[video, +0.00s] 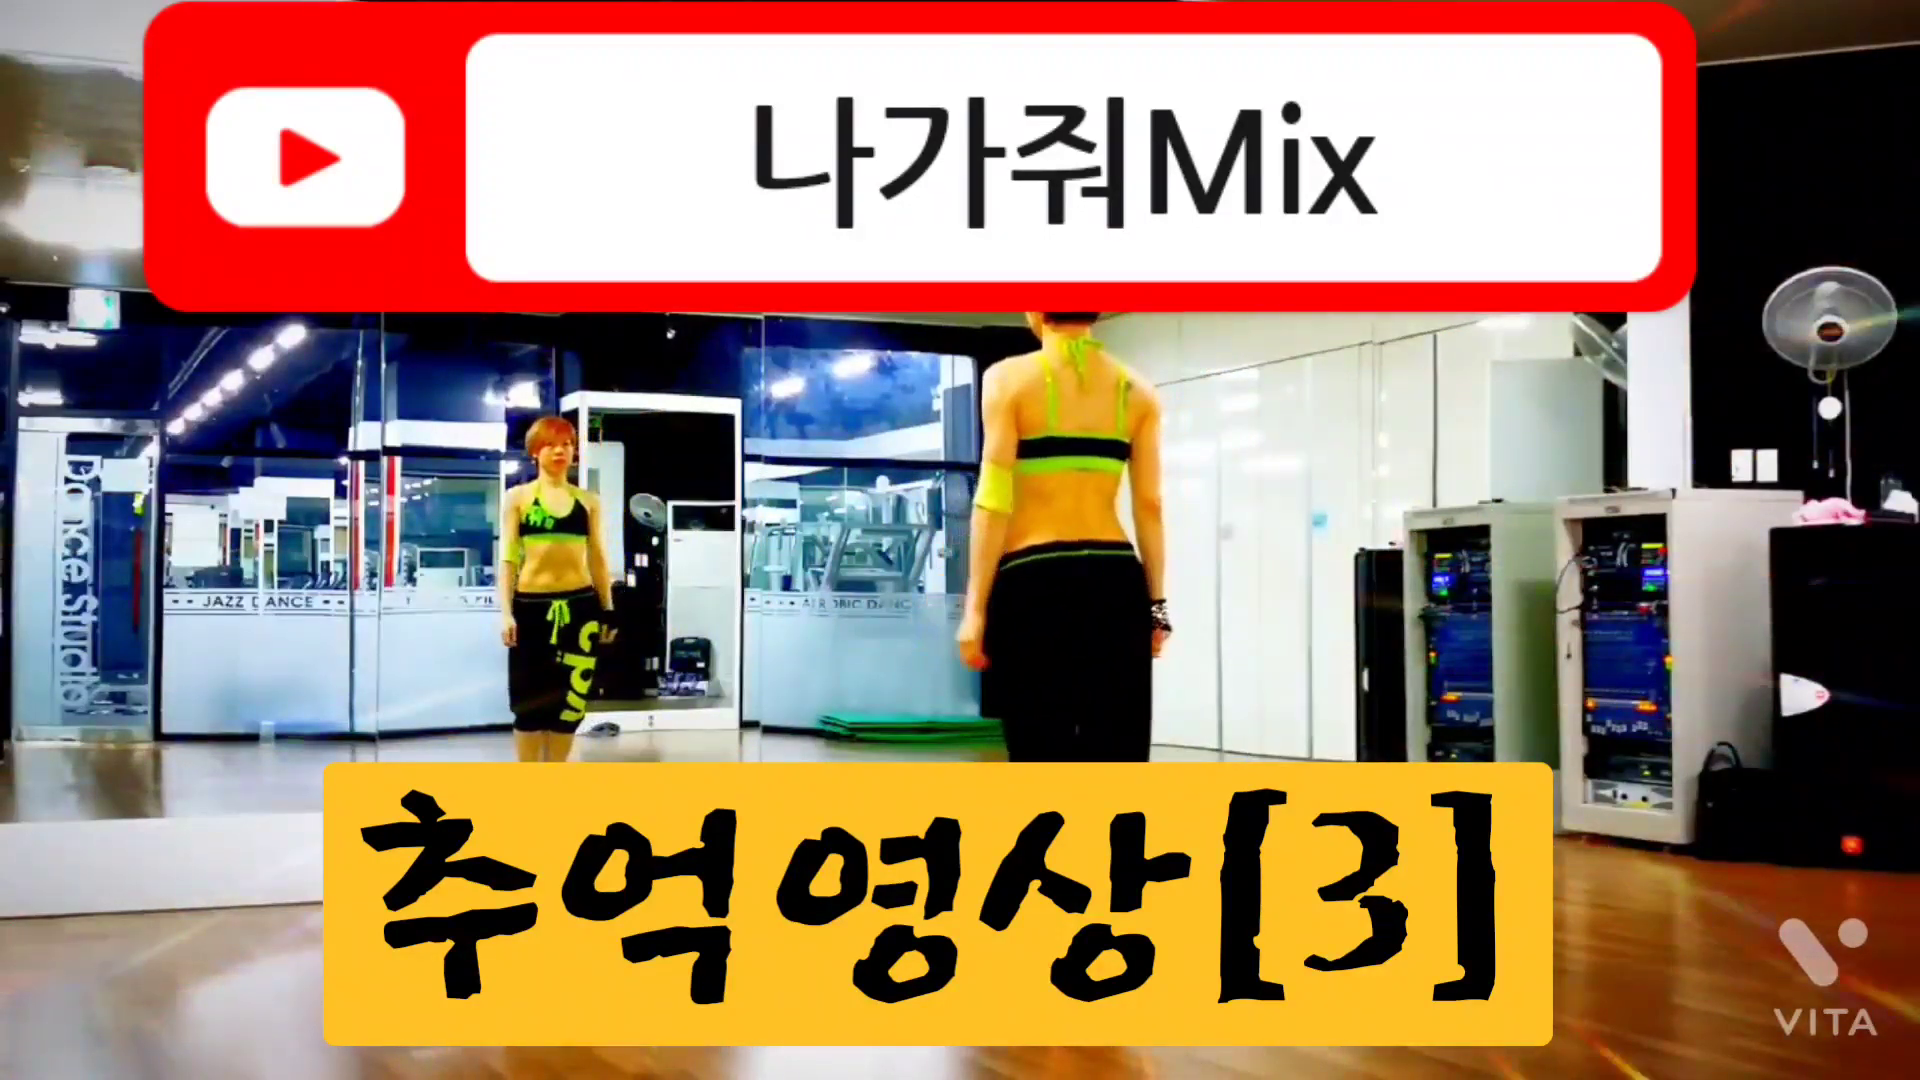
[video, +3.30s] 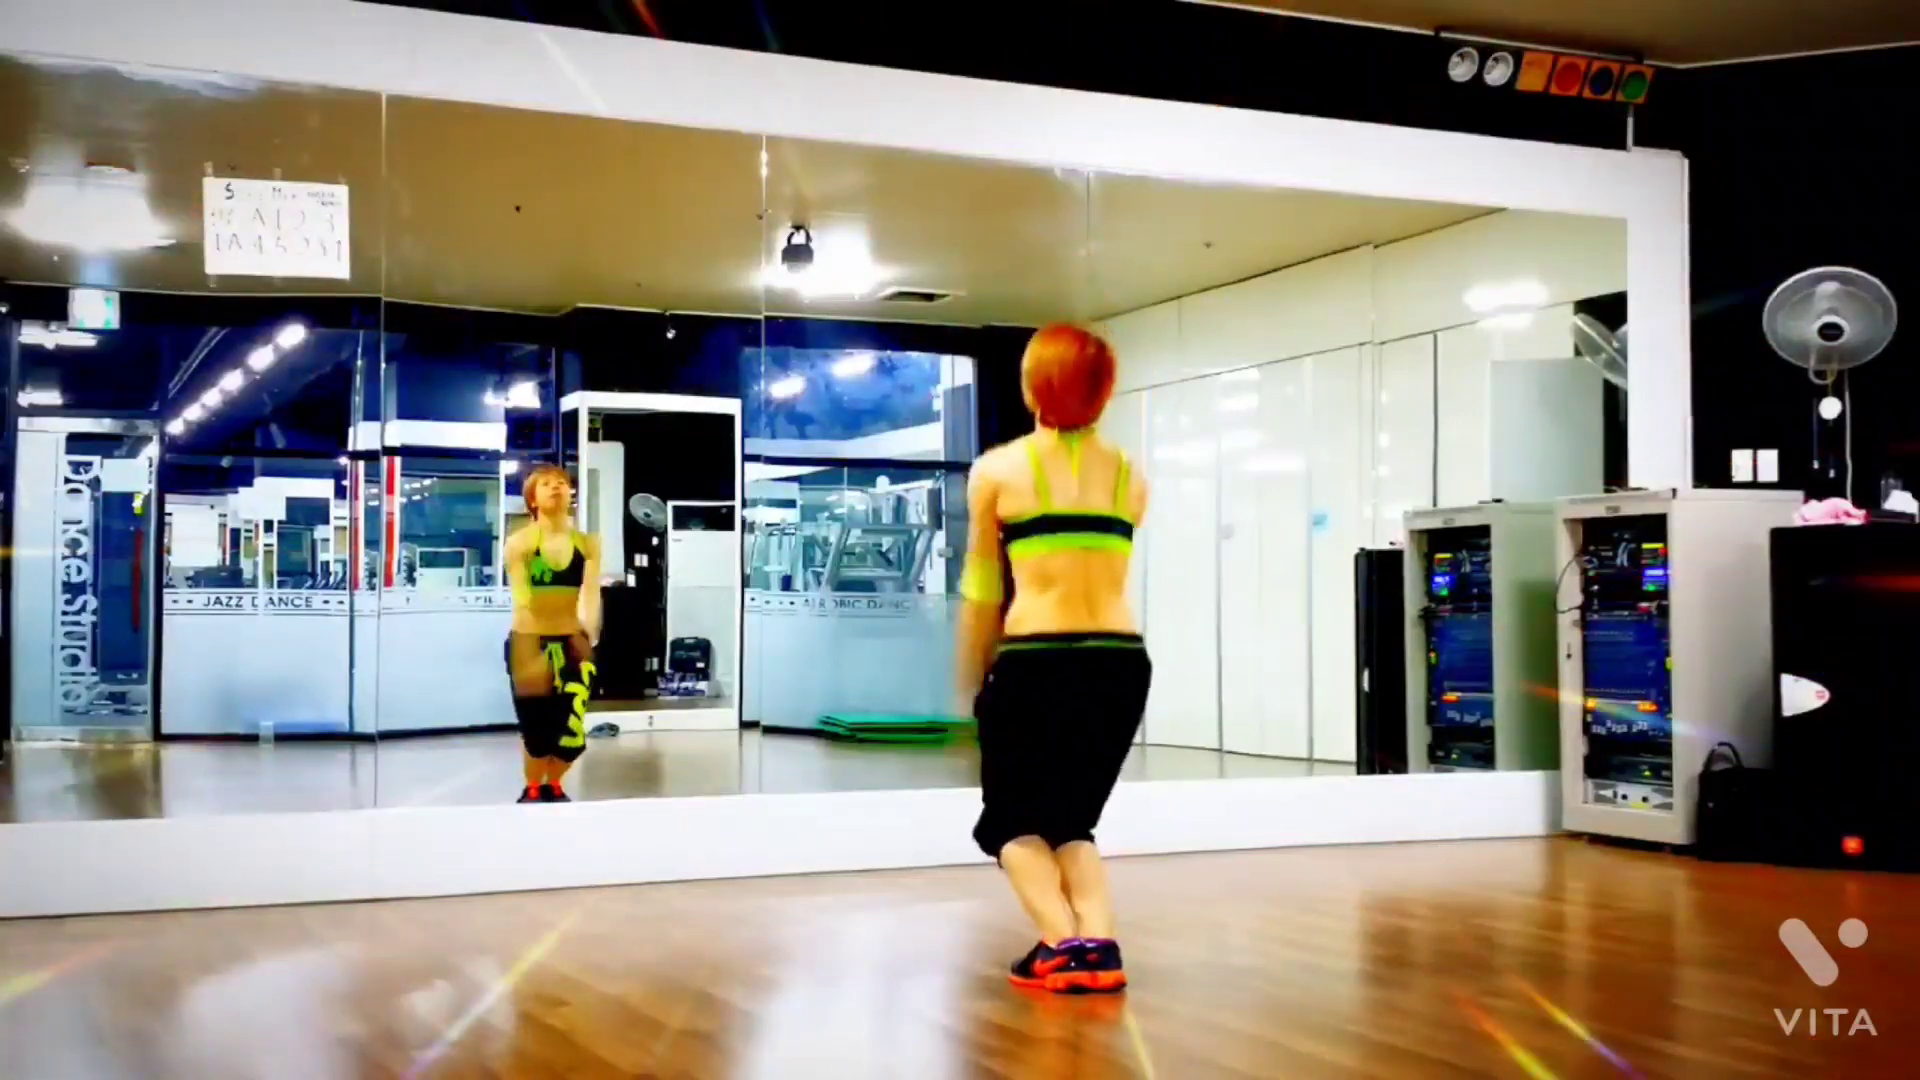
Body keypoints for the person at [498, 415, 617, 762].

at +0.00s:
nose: (560, 452)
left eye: (566, 445)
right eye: (551, 446)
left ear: (573, 452)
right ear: (536, 453)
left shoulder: (588, 501)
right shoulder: (517, 498)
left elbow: (598, 559)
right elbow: (509, 559)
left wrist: (608, 610)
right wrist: (507, 612)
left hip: (579, 607)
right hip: (531, 608)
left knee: (569, 705)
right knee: (529, 706)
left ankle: (554, 778)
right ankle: (528, 779)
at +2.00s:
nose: (557, 455)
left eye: (563, 448)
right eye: (548, 449)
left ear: (572, 454)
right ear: (534, 455)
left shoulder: (587, 500)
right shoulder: (519, 496)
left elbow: (597, 557)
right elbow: (475, 541)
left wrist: (609, 606)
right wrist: (496, 579)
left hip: (582, 605)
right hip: (533, 605)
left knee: (573, 702)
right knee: (531, 702)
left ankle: (552, 782)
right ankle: (532, 784)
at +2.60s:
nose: (560, 465)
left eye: (566, 457)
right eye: (551, 459)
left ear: (573, 458)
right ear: (535, 461)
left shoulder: (586, 496)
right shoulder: (519, 496)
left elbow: (611, 531)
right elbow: (525, 545)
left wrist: (577, 542)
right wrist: (557, 585)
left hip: (580, 603)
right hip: (533, 604)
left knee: (570, 697)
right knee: (532, 698)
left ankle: (553, 783)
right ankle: (531, 785)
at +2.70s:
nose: (561, 465)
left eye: (566, 458)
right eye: (552, 459)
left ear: (574, 459)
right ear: (537, 461)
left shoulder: (583, 496)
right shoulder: (520, 490)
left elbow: (611, 485)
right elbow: (524, 513)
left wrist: (566, 488)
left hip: (581, 602)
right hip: (533, 602)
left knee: (571, 700)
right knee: (531, 700)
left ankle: (553, 783)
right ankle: (531, 785)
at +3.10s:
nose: (554, 461)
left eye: (559, 454)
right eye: (546, 456)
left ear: (568, 458)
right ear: (531, 463)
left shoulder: (585, 499)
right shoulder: (521, 501)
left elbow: (590, 518)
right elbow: (549, 518)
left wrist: (577, 482)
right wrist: (566, 487)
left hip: (576, 608)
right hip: (530, 609)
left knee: (570, 708)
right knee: (537, 706)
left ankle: (553, 782)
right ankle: (532, 785)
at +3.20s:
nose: (554, 485)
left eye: (559, 478)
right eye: (545, 479)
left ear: (568, 488)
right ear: (531, 493)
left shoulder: (586, 537)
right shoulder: (521, 533)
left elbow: (583, 579)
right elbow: (537, 577)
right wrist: (570, 588)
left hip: (573, 640)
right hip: (529, 641)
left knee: (572, 733)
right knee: (540, 728)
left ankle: (552, 783)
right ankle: (532, 787)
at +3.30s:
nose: (556, 488)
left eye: (561, 483)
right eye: (547, 484)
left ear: (571, 494)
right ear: (532, 498)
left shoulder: (587, 543)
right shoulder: (519, 542)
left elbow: (591, 596)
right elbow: (521, 602)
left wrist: (589, 638)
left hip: (572, 637)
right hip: (529, 638)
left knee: (573, 729)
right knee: (538, 722)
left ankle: (553, 783)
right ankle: (532, 786)